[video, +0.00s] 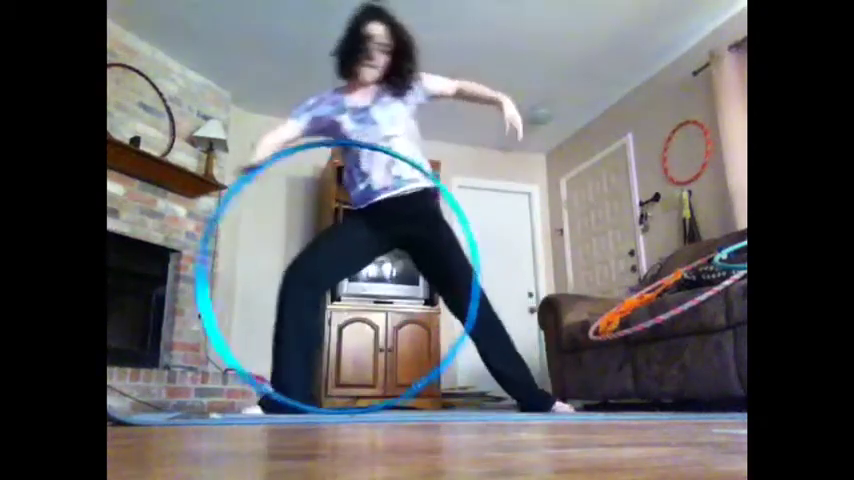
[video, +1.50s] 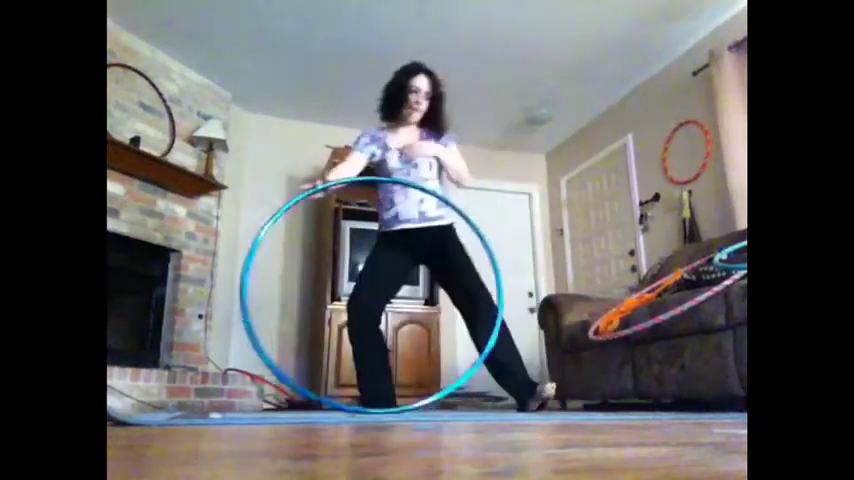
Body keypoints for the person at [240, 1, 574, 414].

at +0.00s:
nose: (375, 58)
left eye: (384, 51)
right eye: (367, 49)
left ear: (395, 56)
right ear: (351, 50)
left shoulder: (409, 88)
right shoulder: (329, 104)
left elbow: (458, 89)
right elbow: (280, 136)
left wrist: (504, 101)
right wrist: (260, 156)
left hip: (418, 209)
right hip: (368, 218)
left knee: (470, 303)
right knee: (302, 279)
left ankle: (537, 402)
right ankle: (289, 400)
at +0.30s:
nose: (362, 55)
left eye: (371, 46)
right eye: (351, 45)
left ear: (382, 53)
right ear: (331, 53)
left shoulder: (399, 96)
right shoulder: (317, 116)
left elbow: (466, 104)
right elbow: (282, 175)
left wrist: (475, 58)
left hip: (409, 221)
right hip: (352, 227)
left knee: (480, 292)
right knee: (297, 283)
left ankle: (532, 397)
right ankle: (280, 399)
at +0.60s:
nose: (444, 62)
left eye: (452, 52)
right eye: (438, 55)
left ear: (476, 54)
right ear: (433, 60)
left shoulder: (498, 88)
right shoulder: (433, 102)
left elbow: (522, 101)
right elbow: (427, 169)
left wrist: (469, 73)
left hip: (486, 215)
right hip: (437, 216)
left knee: (525, 296)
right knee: (385, 293)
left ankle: (525, 398)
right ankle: (314, 391)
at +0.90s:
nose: (478, 77)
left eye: (487, 68)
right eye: (469, 68)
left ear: (501, 70)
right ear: (459, 71)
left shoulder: (517, 102)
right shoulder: (449, 113)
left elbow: (503, 138)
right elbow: (464, 172)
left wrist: (441, 131)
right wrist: (525, 176)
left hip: (513, 220)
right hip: (465, 223)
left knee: (522, 301)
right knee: (425, 305)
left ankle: (534, 402)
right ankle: (444, 393)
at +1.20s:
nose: (455, 84)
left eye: (463, 77)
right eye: (447, 76)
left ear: (473, 82)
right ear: (436, 78)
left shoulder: (485, 116)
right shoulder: (418, 121)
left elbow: (486, 157)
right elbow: (392, 164)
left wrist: (438, 131)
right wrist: (416, 164)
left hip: (479, 224)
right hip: (433, 225)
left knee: (508, 304)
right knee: (391, 302)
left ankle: (534, 396)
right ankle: (377, 398)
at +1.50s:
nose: (418, 100)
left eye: (425, 95)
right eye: (412, 92)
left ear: (432, 101)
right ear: (397, 94)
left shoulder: (440, 139)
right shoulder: (376, 138)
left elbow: (463, 179)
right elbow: (349, 167)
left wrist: (437, 151)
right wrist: (327, 180)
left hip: (439, 234)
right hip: (395, 238)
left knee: (479, 306)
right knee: (361, 309)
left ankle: (526, 392)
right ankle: (379, 406)